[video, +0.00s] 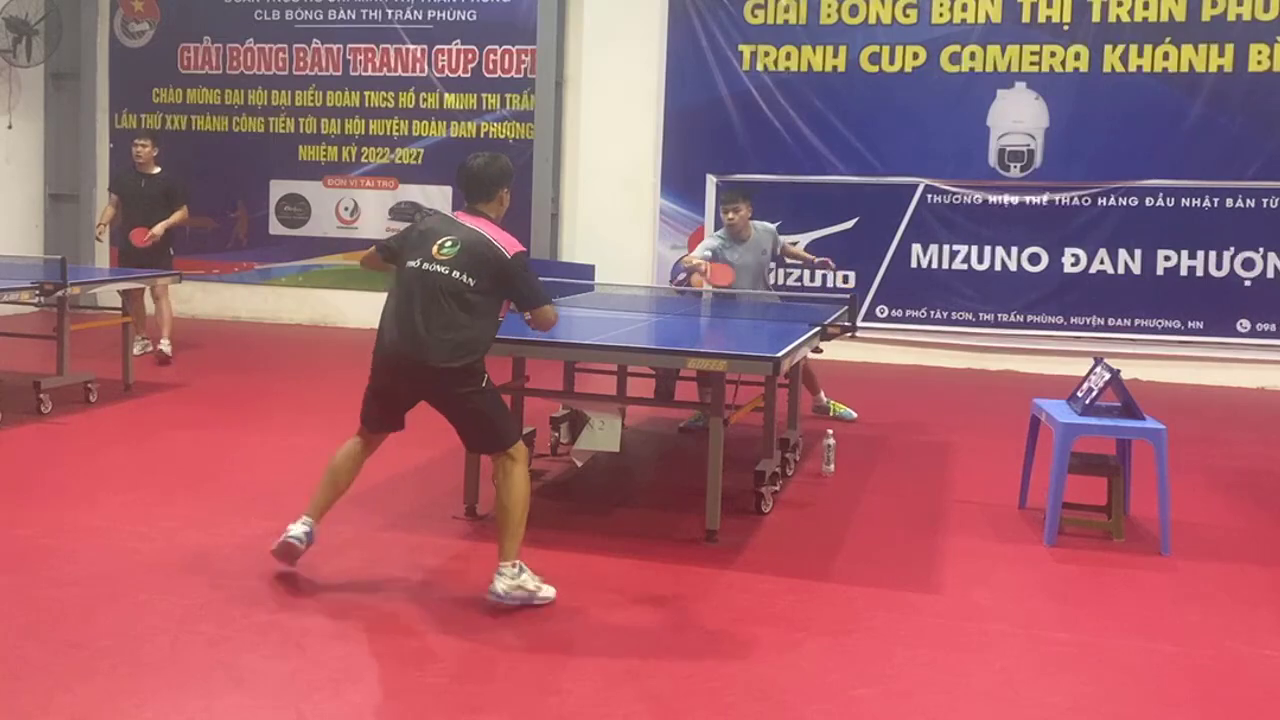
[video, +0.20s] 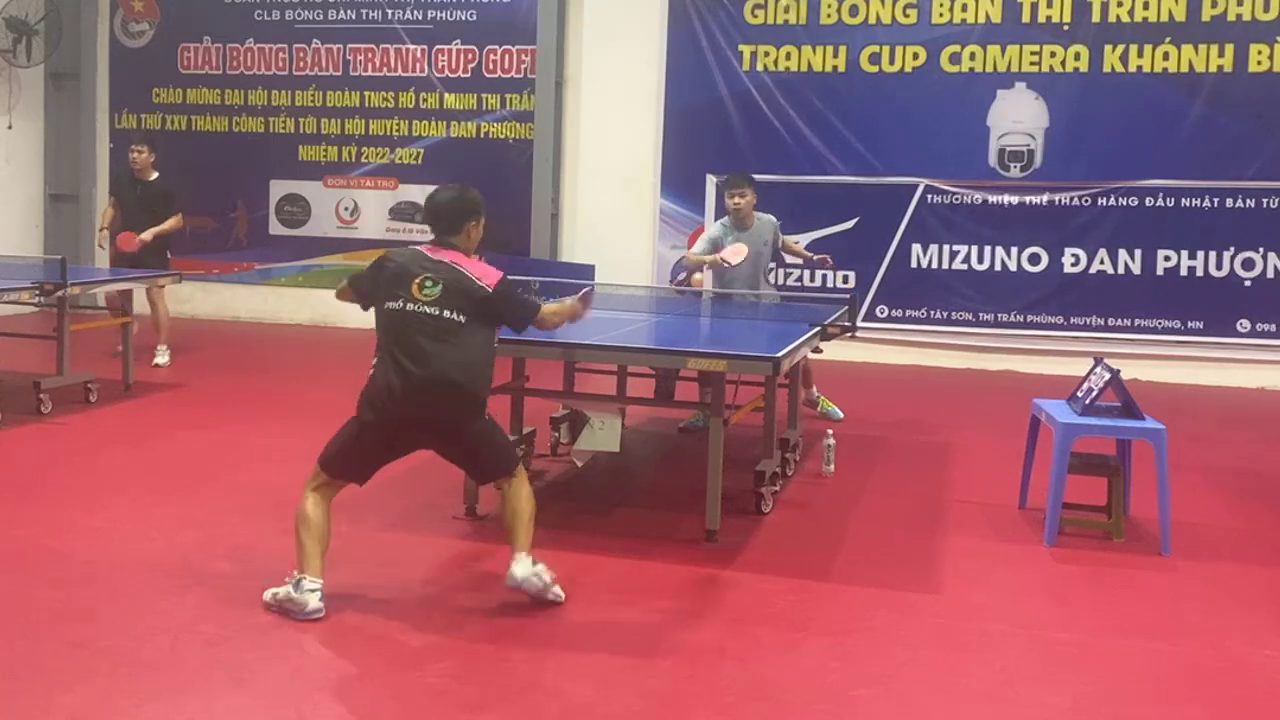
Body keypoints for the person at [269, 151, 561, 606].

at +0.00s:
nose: (509, 199)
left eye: (507, 192)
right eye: (509, 193)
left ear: (463, 193)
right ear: (502, 197)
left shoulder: (426, 225)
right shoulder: (506, 249)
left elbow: (370, 259)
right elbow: (545, 319)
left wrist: (415, 265)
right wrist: (524, 300)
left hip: (393, 360)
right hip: (453, 368)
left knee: (365, 438)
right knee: (513, 453)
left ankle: (305, 524)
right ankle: (510, 571)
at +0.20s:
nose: (481, 231)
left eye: (480, 224)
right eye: (480, 224)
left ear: (432, 225)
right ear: (470, 228)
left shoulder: (394, 262)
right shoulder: (485, 279)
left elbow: (346, 291)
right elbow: (543, 316)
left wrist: (387, 287)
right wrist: (573, 308)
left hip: (388, 411)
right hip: (457, 415)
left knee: (319, 488)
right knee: (513, 476)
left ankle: (308, 585)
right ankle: (522, 562)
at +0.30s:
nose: (497, 233)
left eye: (495, 225)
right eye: (495, 226)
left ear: (446, 226)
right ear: (483, 229)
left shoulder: (400, 257)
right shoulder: (501, 277)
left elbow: (338, 254)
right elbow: (558, 295)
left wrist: (360, 244)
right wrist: (598, 263)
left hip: (400, 410)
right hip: (470, 409)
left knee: (330, 488)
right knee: (517, 447)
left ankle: (309, 587)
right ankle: (545, 519)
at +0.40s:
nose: (532, 218)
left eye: (529, 211)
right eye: (530, 212)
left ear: (482, 211)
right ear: (518, 214)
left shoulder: (440, 242)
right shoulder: (530, 259)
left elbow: (361, 248)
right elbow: (593, 280)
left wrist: (318, 236)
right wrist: (652, 289)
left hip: (432, 386)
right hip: (498, 388)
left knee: (375, 476)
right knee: (544, 430)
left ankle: (319, 578)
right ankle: (591, 514)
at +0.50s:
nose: (567, 223)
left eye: (566, 215)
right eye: (565, 216)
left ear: (521, 213)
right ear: (554, 219)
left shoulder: (482, 245)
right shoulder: (568, 264)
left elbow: (429, 279)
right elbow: (618, 290)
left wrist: (366, 296)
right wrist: (659, 303)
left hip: (468, 380)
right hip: (526, 387)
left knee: (414, 467)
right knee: (564, 440)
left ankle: (358, 566)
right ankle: (614, 506)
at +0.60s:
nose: (593, 259)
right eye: (592, 252)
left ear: (550, 245)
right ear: (587, 258)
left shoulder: (528, 269)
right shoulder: (592, 293)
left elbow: (486, 294)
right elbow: (606, 276)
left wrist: (421, 291)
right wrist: (622, 249)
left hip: (504, 395)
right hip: (559, 403)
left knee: (440, 474)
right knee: (574, 441)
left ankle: (401, 567)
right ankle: (619, 511)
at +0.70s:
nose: (551, 266)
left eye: (554, 260)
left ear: (558, 263)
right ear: (594, 271)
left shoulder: (544, 281)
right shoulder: (601, 304)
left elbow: (510, 298)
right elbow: (614, 291)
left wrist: (449, 290)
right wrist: (614, 262)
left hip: (526, 392)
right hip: (576, 399)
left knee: (455, 474)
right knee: (577, 443)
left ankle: (427, 562)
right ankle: (619, 514)